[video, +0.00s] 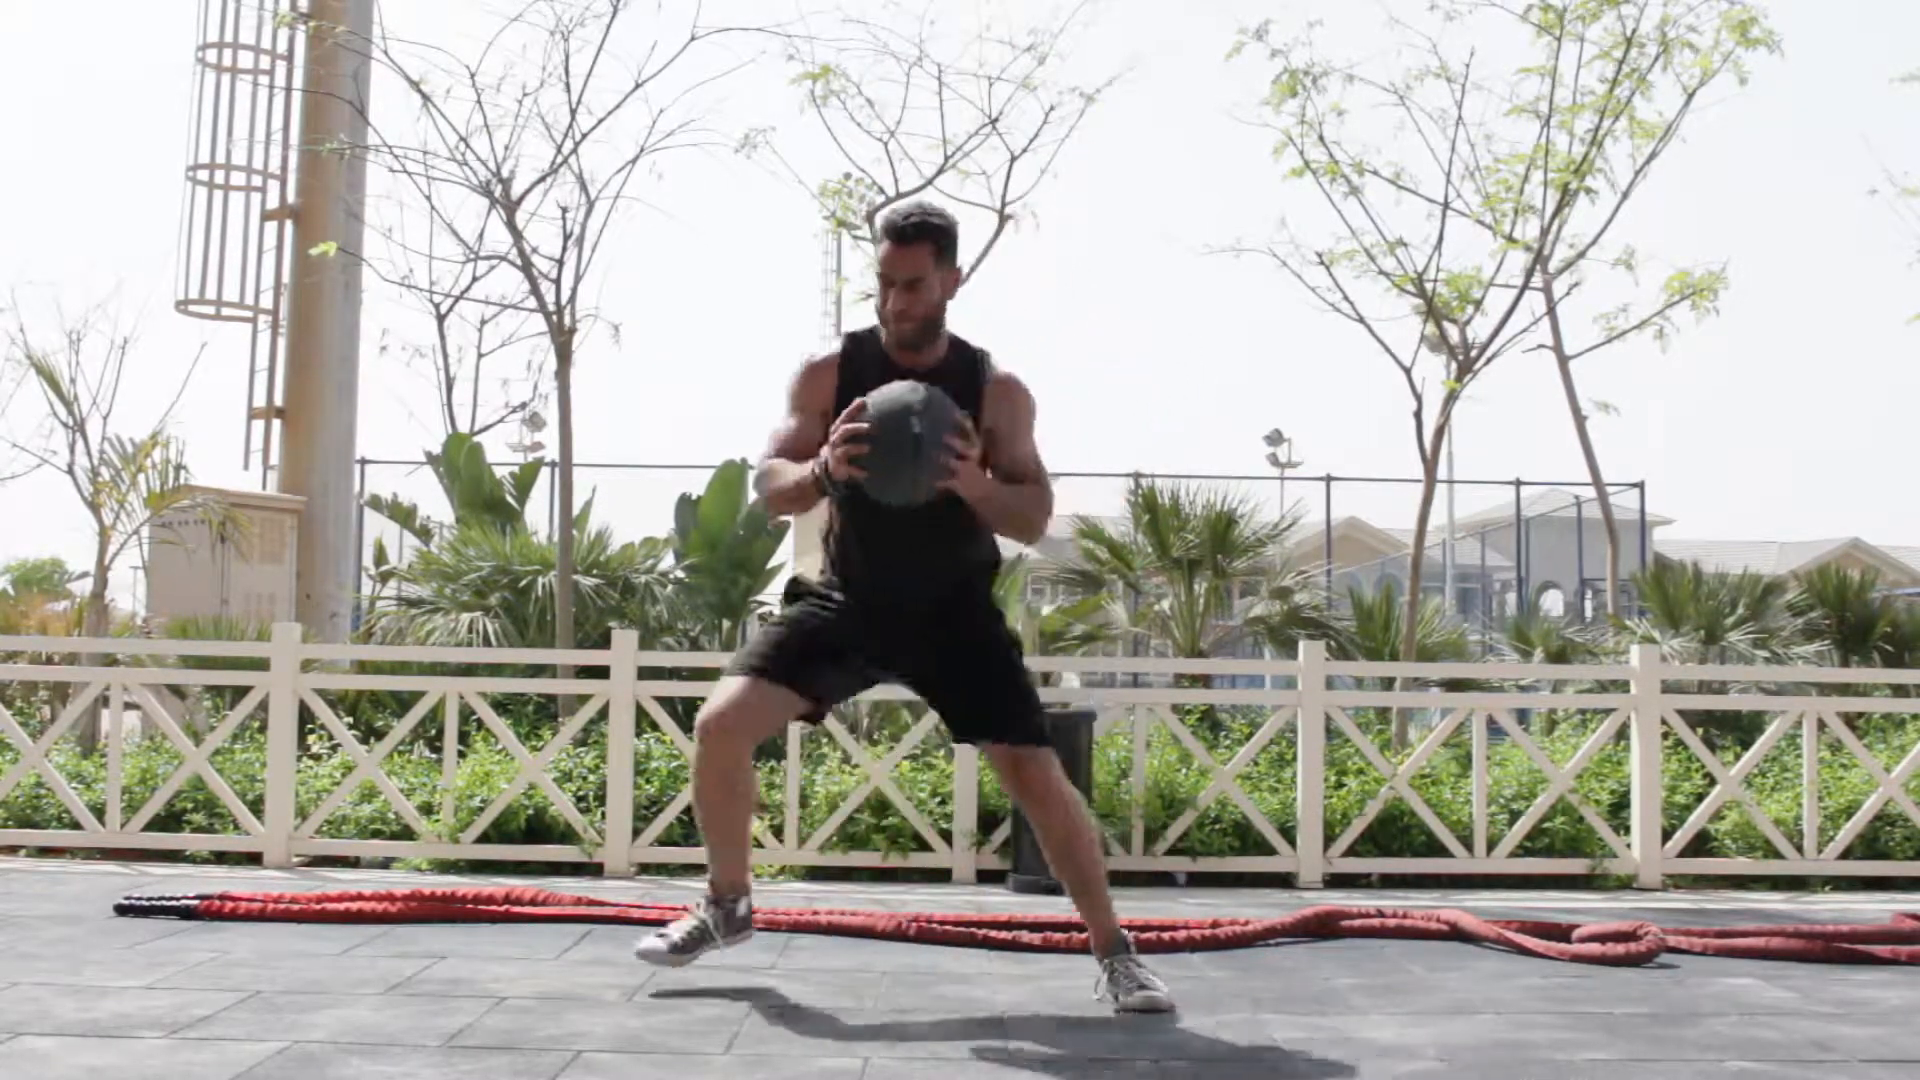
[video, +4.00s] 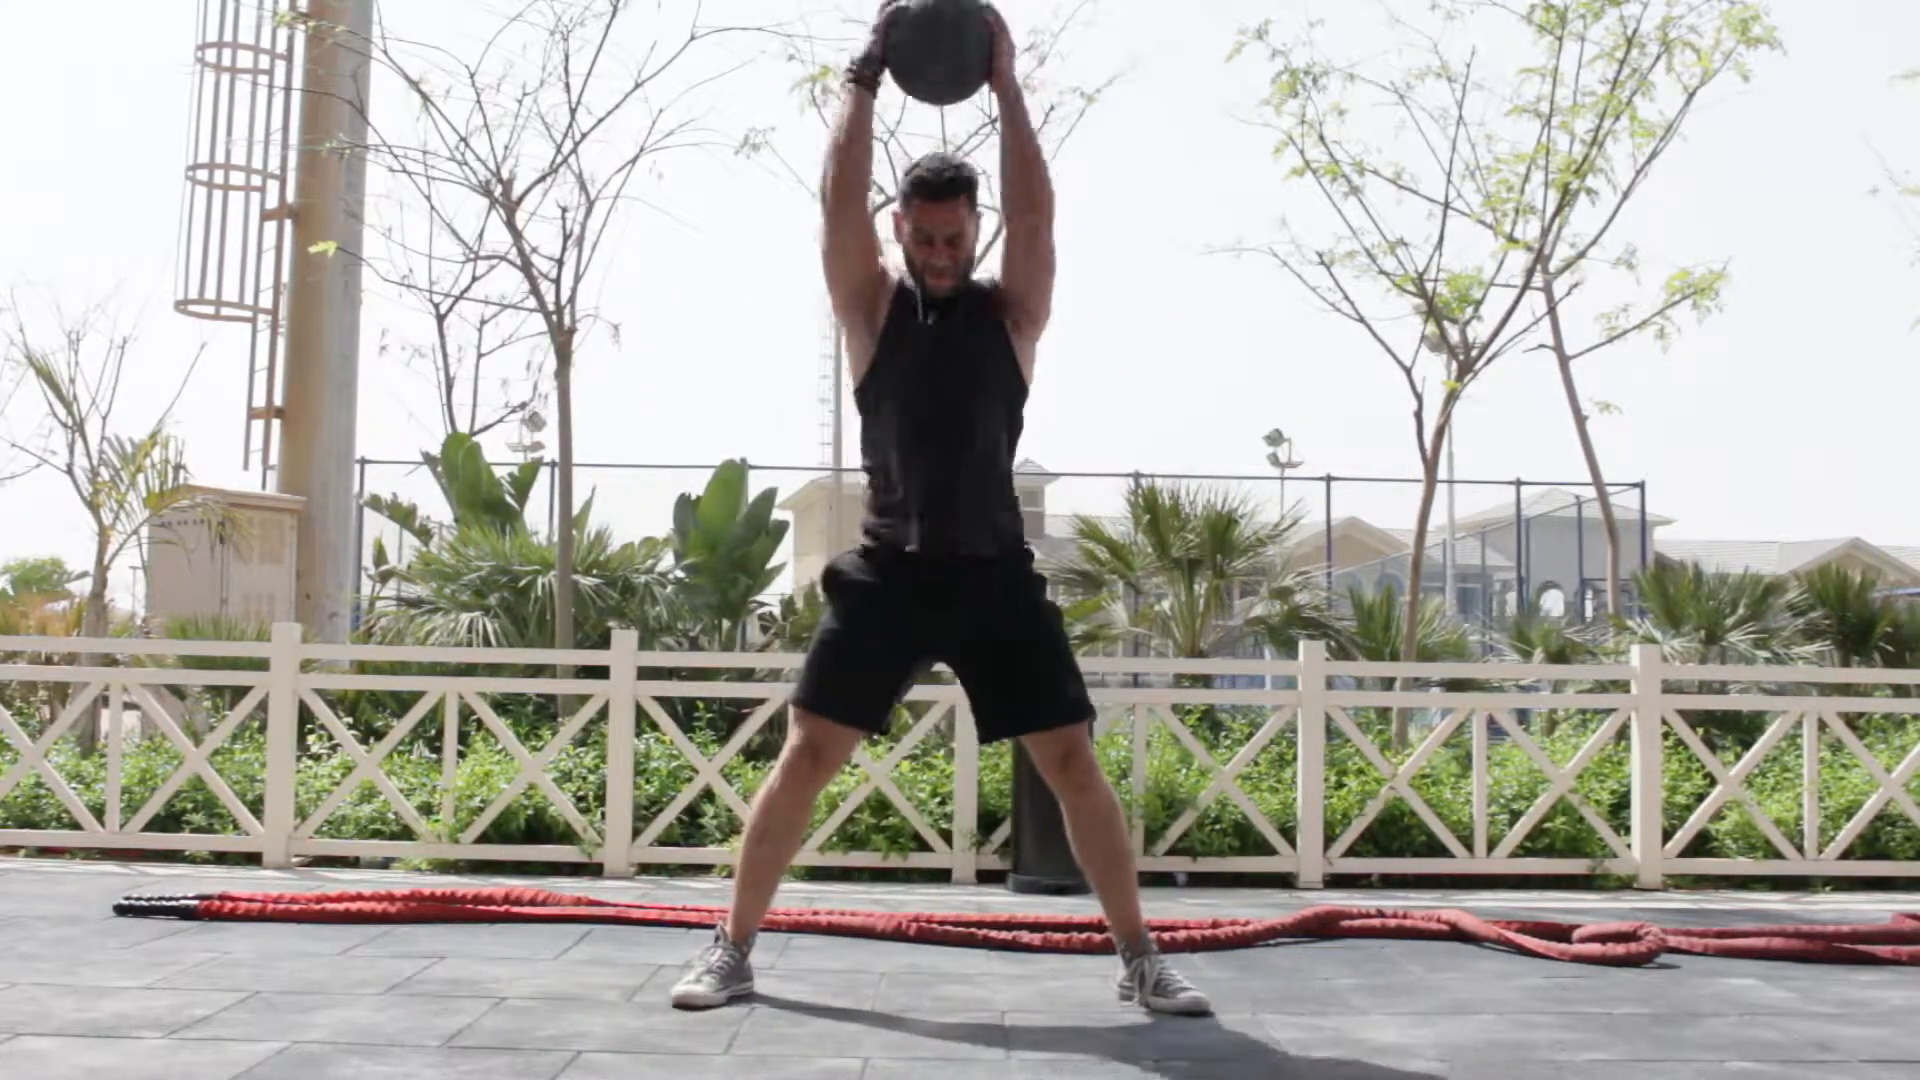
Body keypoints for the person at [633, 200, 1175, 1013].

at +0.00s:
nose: (896, 300)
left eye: (915, 284)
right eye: (886, 282)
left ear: (952, 283)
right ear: (874, 279)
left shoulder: (996, 393)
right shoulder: (827, 377)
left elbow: (1034, 518)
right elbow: (771, 492)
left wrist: (976, 482)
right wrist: (820, 471)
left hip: (958, 620)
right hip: (847, 610)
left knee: (1038, 774)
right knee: (720, 726)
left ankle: (1114, 951)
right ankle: (727, 905)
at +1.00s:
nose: (884, 300)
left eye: (894, 282)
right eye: (868, 284)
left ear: (904, 276)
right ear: (821, 274)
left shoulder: (937, 355)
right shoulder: (765, 387)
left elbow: (987, 465)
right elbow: (738, 526)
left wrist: (971, 430)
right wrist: (832, 480)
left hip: (922, 589)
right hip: (806, 599)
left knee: (1034, 736)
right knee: (701, 754)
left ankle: (1160, 916)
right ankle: (712, 872)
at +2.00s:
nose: (570, 389)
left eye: (592, 374)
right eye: (567, 367)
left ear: (645, 376)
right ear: (562, 359)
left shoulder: (682, 480)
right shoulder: (581, 431)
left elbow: (624, 636)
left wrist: (542, 539)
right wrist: (529, 508)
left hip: (678, 676)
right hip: (589, 641)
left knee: (616, 875)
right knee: (491, 763)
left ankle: (594, 802)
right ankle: (446, 947)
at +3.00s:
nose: (1164, 424)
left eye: (1170, 405)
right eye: (1147, 406)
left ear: (1178, 393)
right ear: (1090, 393)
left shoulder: (1146, 462)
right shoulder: (1024, 497)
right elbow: (1030, 660)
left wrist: (1197, 548)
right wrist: (1141, 593)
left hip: (1120, 645)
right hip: (1033, 688)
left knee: (1151, 773)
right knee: (1104, 865)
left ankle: (1202, 972)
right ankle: (1223, 832)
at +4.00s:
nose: (937, 246)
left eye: (951, 232)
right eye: (923, 233)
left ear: (978, 228)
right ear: (899, 231)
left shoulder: (1012, 314)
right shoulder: (872, 309)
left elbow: (1033, 206)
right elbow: (843, 196)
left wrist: (1007, 85)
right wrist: (864, 73)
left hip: (998, 581)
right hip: (888, 578)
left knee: (1073, 767)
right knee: (804, 761)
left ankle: (1141, 961)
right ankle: (732, 955)